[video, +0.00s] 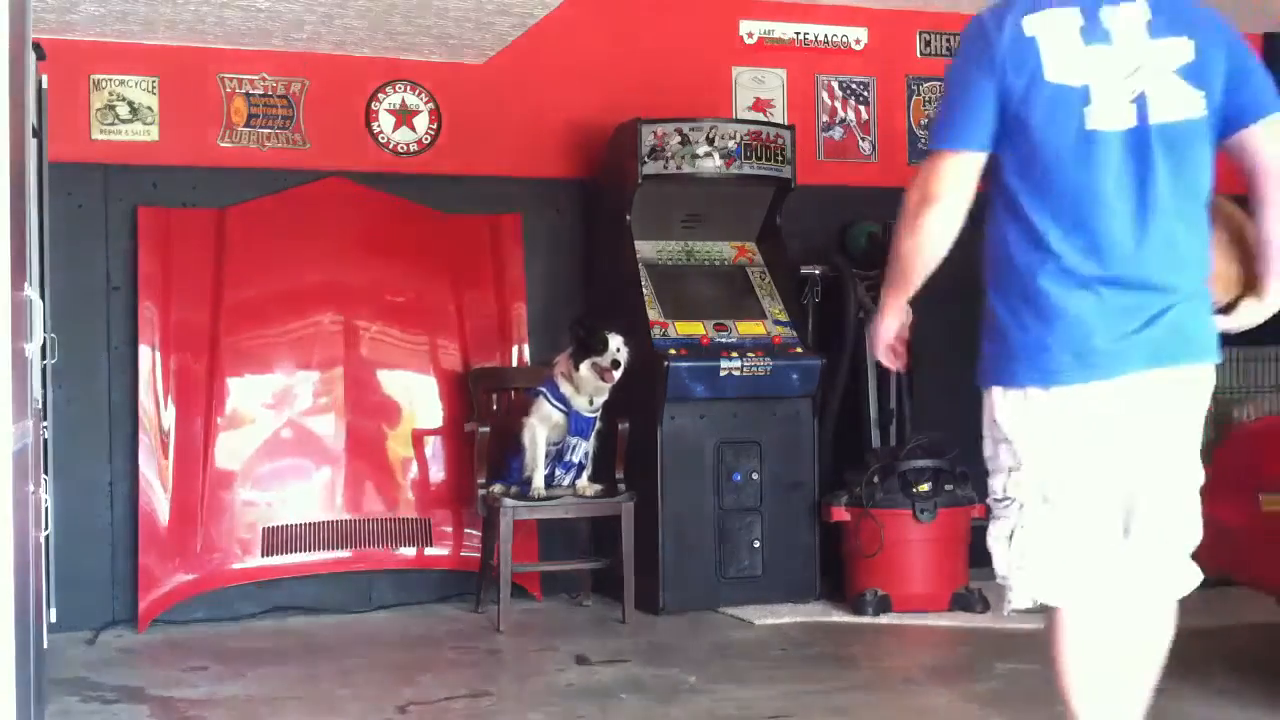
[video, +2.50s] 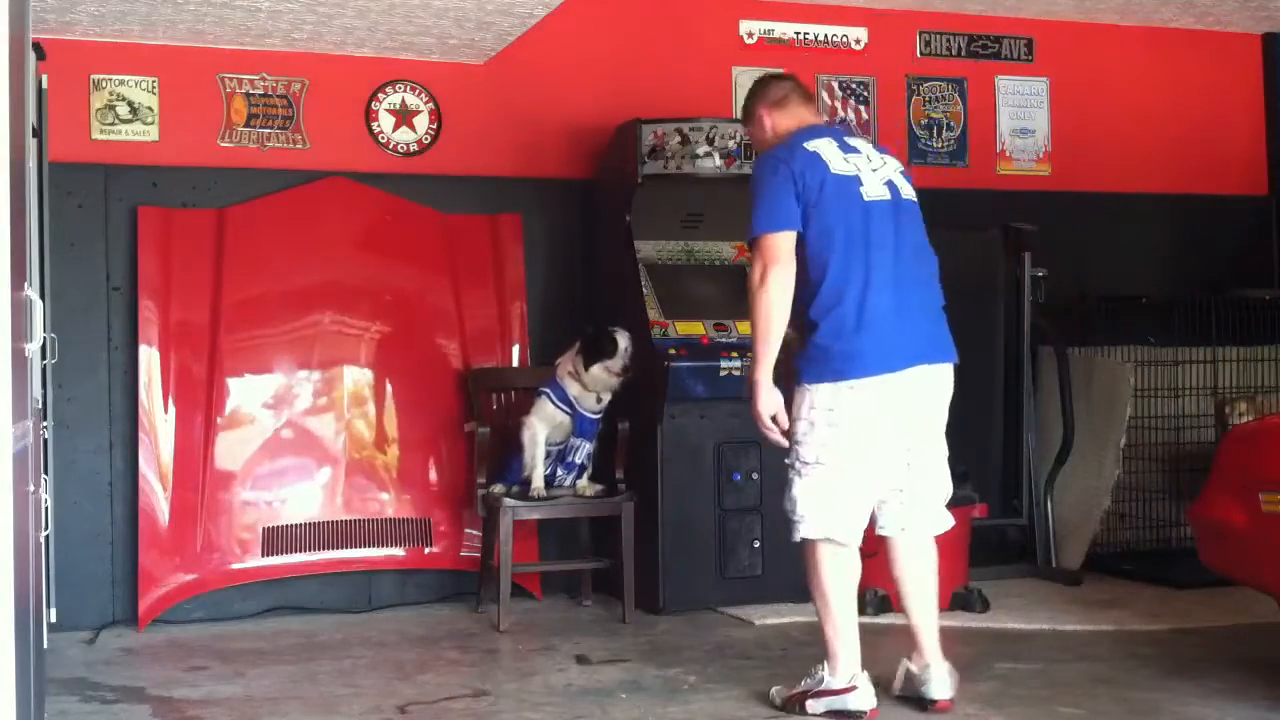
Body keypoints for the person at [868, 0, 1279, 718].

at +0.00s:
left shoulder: (1005, 29)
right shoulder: (1202, 26)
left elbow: (942, 191)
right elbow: (1269, 169)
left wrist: (895, 297)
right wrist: (1267, 287)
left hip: (1052, 356)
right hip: (1176, 346)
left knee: (1081, 587)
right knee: (1155, 580)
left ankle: (1093, 710)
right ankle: (1123, 710)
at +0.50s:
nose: (970, 9)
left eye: (972, 5)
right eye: (973, 7)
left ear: (989, 4)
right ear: (1059, 3)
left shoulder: (965, 68)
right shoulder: (1129, 78)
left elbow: (925, 201)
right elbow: (1193, 209)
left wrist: (896, 330)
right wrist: (1165, 299)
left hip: (978, 366)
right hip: (1096, 363)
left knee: (944, 532)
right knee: (1082, 556)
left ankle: (992, 698)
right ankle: (1065, 710)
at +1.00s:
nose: (876, 47)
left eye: (877, 33)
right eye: (879, 33)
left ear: (891, 32)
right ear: (957, 29)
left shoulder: (873, 117)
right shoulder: (1028, 107)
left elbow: (843, 240)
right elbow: (1091, 226)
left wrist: (816, 349)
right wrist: (1073, 303)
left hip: (904, 371)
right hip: (1005, 364)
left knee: (908, 539)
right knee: (1004, 526)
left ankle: (925, 702)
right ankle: (1036, 657)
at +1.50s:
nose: (841, 79)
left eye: (841, 68)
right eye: (844, 69)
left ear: (850, 65)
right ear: (915, 64)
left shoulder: (836, 138)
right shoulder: (972, 139)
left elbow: (801, 266)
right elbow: (1007, 263)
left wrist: (814, 313)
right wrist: (962, 328)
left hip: (868, 369)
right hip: (950, 364)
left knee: (885, 532)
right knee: (936, 526)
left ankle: (928, 698)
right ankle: (906, 667)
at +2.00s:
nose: (819, 98)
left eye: (818, 87)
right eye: (820, 87)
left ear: (832, 79)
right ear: (886, 80)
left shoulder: (828, 142)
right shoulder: (942, 149)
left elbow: (796, 256)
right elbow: (955, 266)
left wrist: (774, 291)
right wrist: (880, 276)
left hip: (839, 370)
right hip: (923, 366)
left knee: (824, 519)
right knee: (915, 515)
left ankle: (841, 675)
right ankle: (911, 670)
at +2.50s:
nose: (753, 148)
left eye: (750, 137)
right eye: (748, 139)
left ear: (764, 118)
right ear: (817, 111)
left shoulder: (782, 159)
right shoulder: (880, 157)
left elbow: (775, 269)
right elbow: (898, 262)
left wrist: (762, 374)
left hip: (847, 367)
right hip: (928, 358)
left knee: (827, 520)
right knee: (912, 514)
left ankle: (843, 675)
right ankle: (931, 663)